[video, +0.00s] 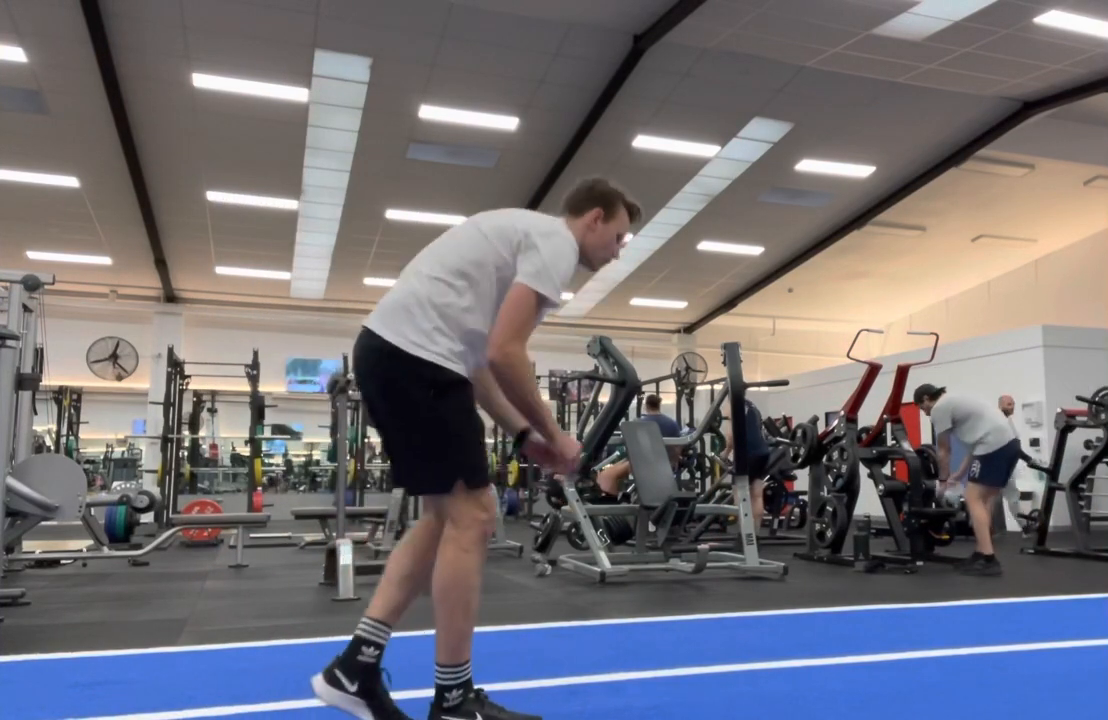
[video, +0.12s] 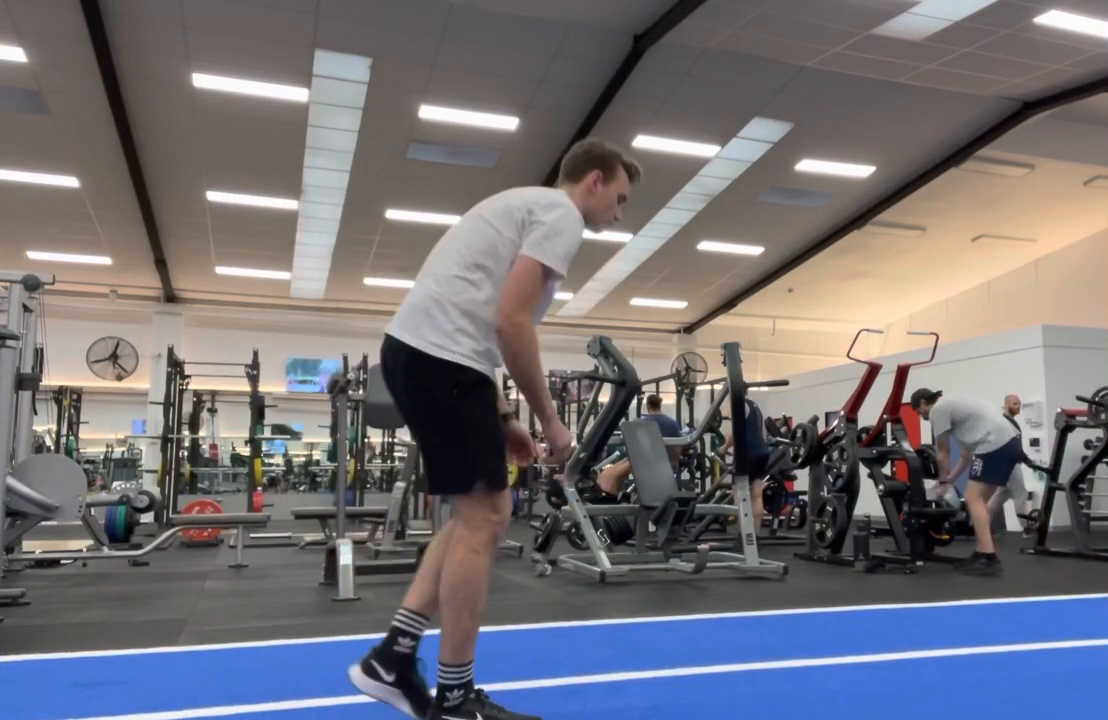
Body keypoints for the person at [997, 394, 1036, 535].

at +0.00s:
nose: (1011, 407)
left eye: (1012, 404)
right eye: (1008, 404)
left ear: (1013, 405)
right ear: (1001, 406)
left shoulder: (1008, 421)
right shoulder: (1002, 422)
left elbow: (1015, 444)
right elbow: (1012, 446)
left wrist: (1028, 458)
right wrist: (1029, 459)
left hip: (1004, 465)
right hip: (1001, 466)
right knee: (1012, 494)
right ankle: (1023, 525)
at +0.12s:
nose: (1018, 407)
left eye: (1018, 404)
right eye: (1015, 404)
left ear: (1018, 406)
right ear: (1006, 405)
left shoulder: (1011, 421)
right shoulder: (1005, 423)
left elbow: (1017, 447)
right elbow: (1016, 450)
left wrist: (1029, 462)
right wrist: (1030, 463)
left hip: (1007, 461)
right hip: (1010, 462)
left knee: (1004, 492)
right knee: (1020, 493)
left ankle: (984, 517)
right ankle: (1026, 527)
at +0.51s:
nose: (1035, 405)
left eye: (1037, 403)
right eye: (1032, 402)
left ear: (1039, 404)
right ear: (1025, 403)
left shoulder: (1029, 420)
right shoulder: (1024, 420)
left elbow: (1030, 443)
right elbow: (1023, 443)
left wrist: (1041, 461)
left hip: (1035, 463)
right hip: (1030, 463)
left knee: (1037, 495)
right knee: (1036, 494)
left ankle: (1034, 526)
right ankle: (1030, 527)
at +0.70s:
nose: (1042, 405)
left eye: (1044, 402)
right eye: (1039, 402)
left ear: (1046, 404)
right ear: (1033, 403)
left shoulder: (1035, 419)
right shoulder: (1031, 420)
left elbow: (1039, 442)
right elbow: (1033, 443)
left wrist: (1046, 458)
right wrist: (1043, 460)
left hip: (1039, 463)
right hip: (1035, 464)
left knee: (1036, 494)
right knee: (1035, 494)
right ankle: (1029, 526)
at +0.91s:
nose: (1051, 405)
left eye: (1053, 402)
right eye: (1048, 402)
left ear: (1056, 403)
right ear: (1042, 403)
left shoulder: (1050, 421)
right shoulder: (1040, 421)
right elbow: (1036, 444)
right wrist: (1041, 462)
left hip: (1044, 465)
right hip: (1040, 465)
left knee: (1039, 497)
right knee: (1035, 497)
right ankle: (1030, 527)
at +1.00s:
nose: (1055, 403)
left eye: (1057, 401)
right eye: (1052, 401)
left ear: (1061, 402)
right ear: (1047, 402)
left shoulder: (1063, 420)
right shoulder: (1039, 420)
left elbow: (1070, 428)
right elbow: (1034, 442)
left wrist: (1068, 417)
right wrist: (1039, 462)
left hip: (1060, 464)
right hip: (1043, 464)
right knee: (1037, 495)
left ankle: (1074, 527)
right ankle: (1030, 527)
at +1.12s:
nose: (1058, 403)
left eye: (1061, 400)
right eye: (1055, 400)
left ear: (1066, 401)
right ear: (1051, 401)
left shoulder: (1069, 420)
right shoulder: (1042, 419)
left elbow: (1071, 444)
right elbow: (1035, 441)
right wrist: (1037, 462)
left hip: (1064, 463)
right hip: (1045, 462)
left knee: (1069, 495)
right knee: (1040, 493)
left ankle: (1075, 527)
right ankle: (1032, 524)